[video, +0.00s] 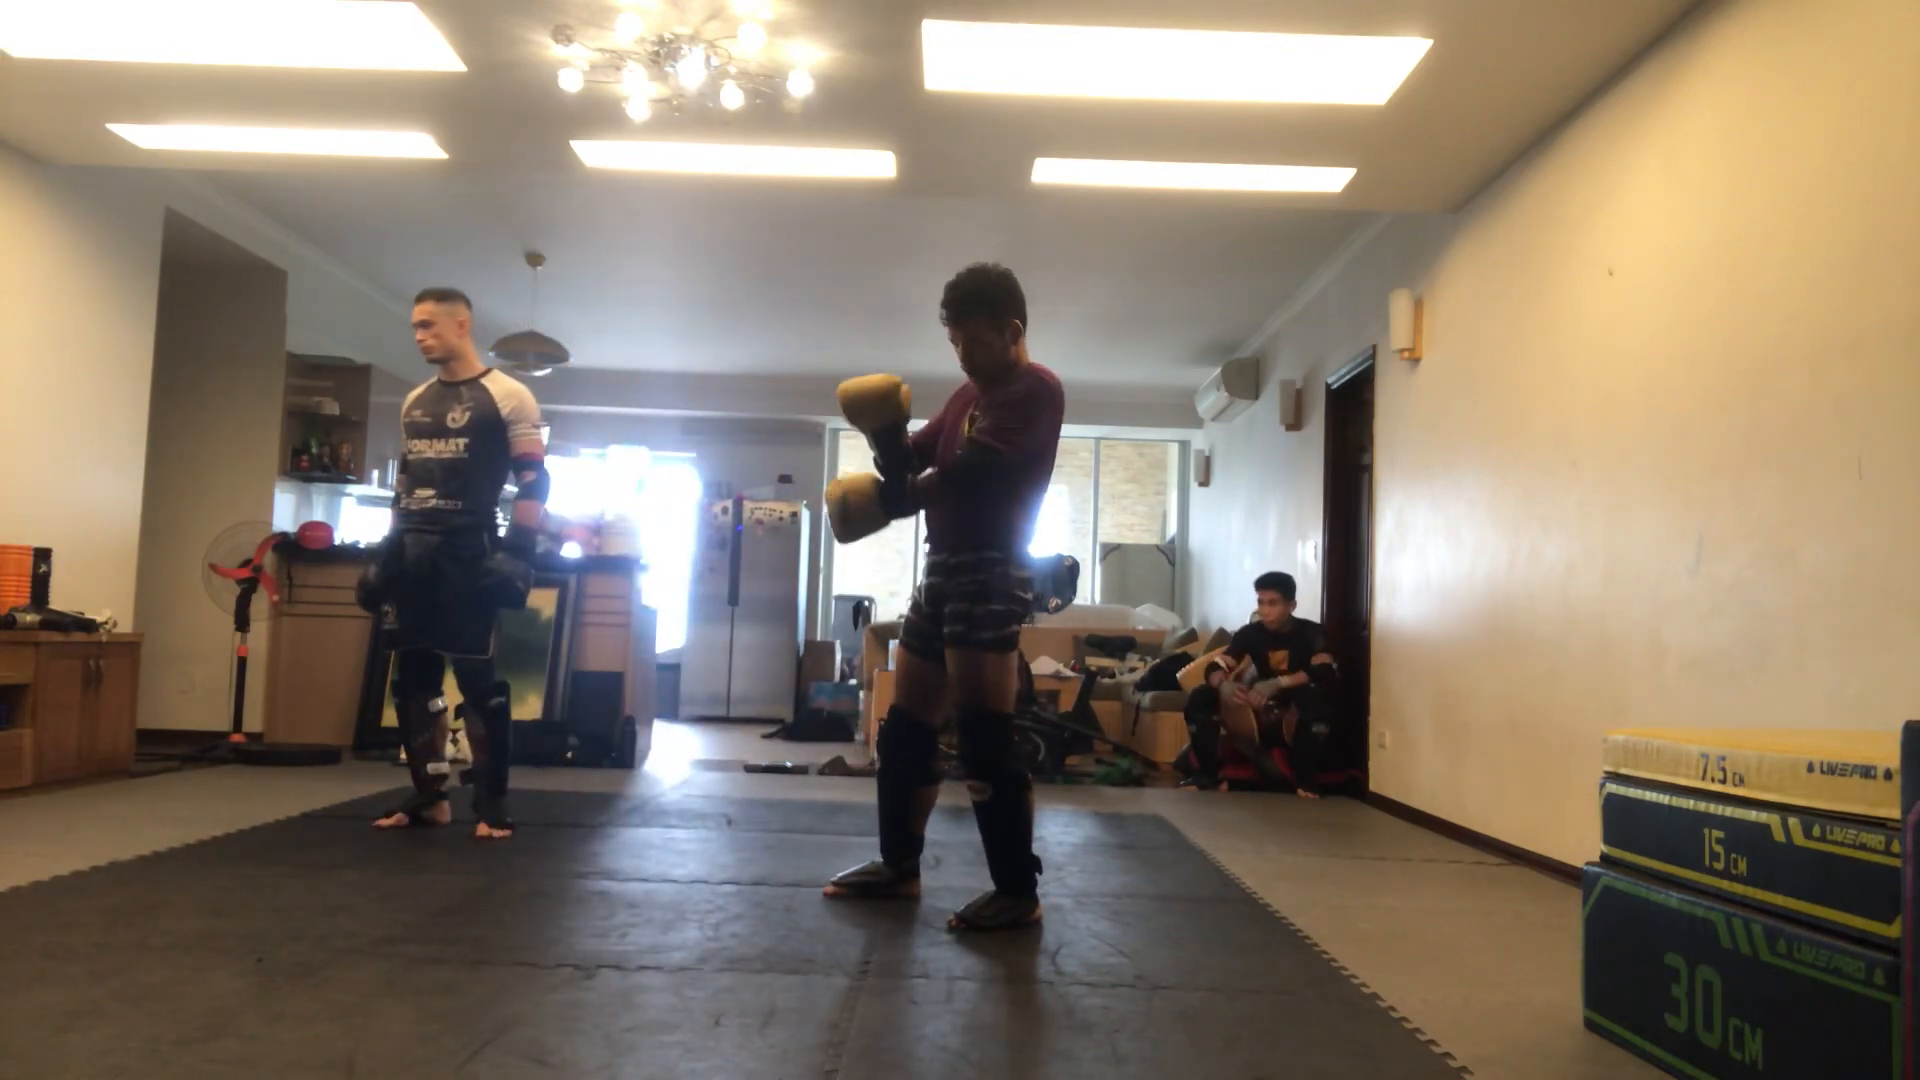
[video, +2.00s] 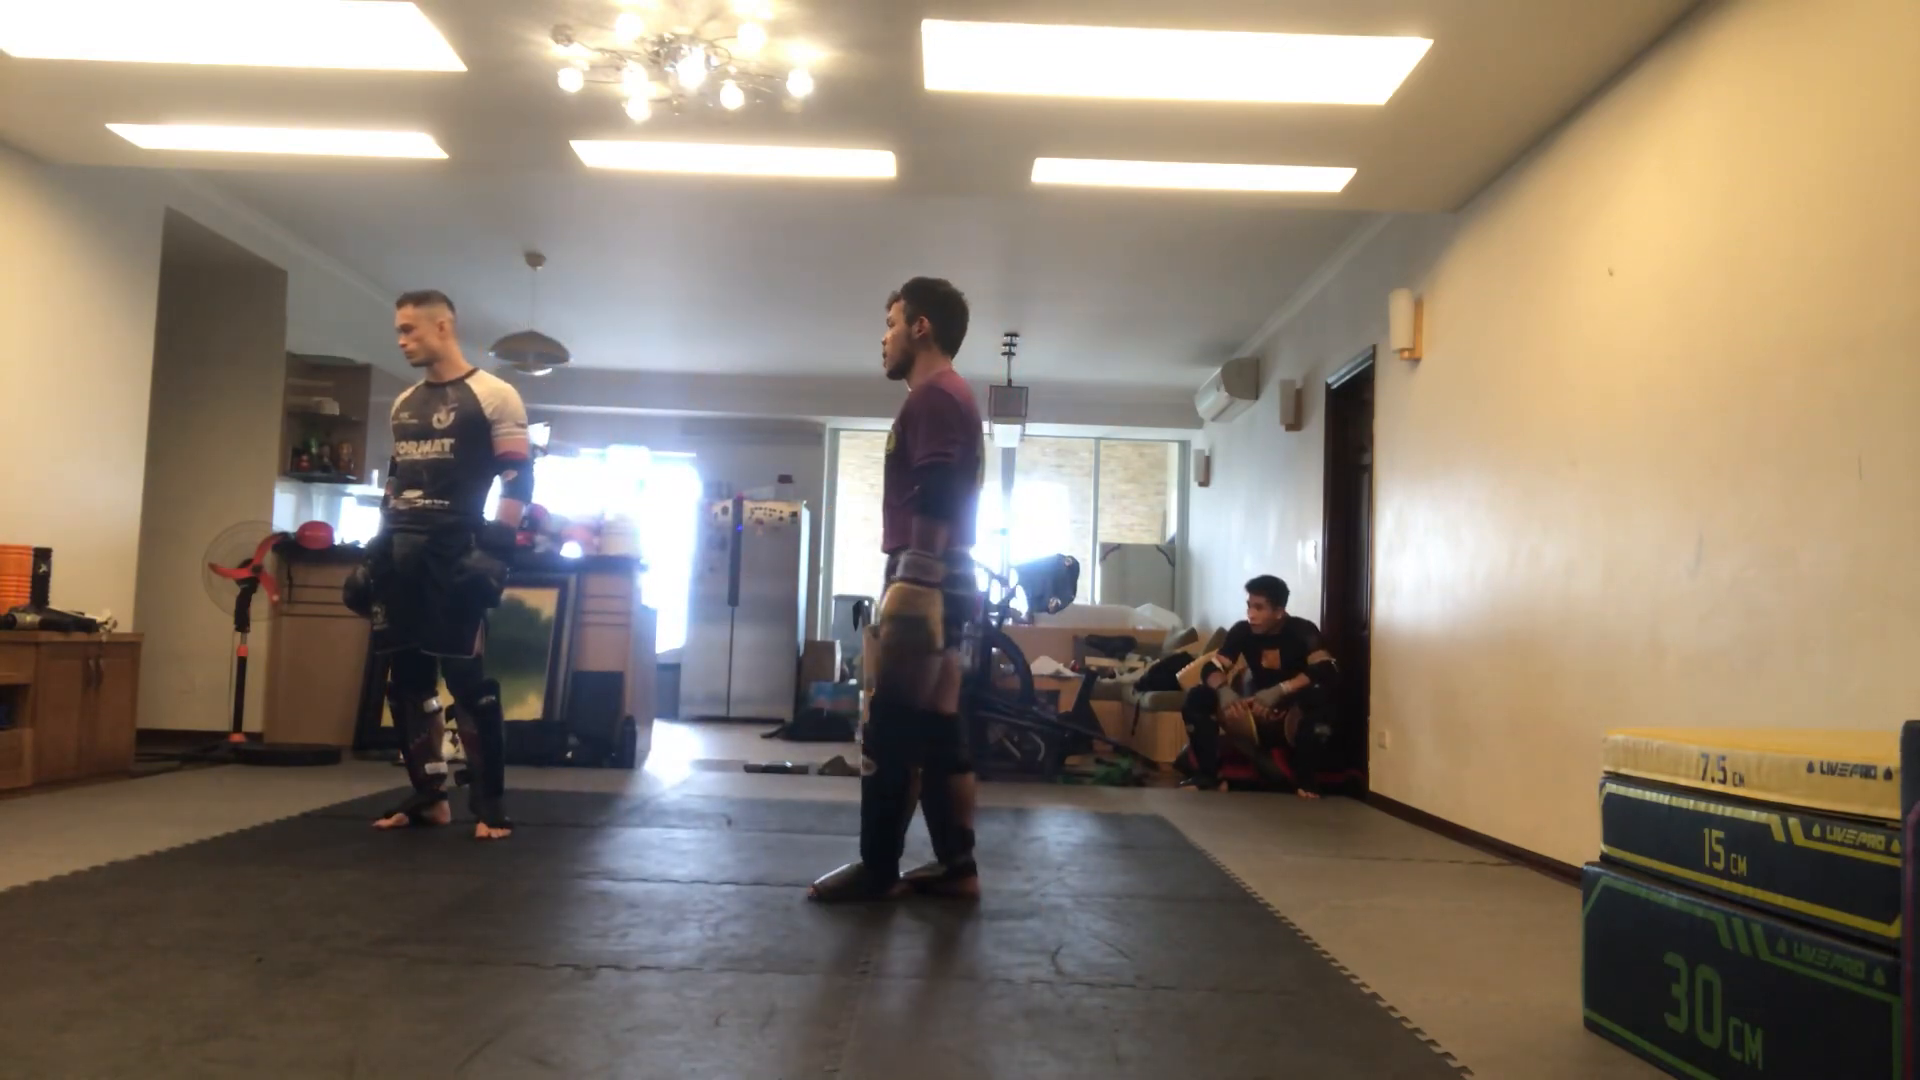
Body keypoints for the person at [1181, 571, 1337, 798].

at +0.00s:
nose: (1264, 610)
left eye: (1272, 604)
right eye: (1261, 603)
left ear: (1291, 605)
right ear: (1257, 603)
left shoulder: (1311, 632)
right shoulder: (1249, 634)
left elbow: (1324, 671)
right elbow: (1214, 669)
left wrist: (1276, 683)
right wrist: (1226, 687)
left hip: (1294, 713)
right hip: (1252, 712)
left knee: (1316, 700)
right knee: (1200, 698)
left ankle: (1305, 781)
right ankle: (1209, 775)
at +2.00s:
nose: (1250, 614)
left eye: (1258, 608)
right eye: (1249, 606)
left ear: (1279, 611)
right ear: (1246, 604)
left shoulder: (1303, 631)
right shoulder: (1242, 631)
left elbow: (1325, 668)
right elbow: (1212, 669)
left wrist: (1278, 691)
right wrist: (1224, 691)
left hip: (1294, 711)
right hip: (1253, 711)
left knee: (1318, 702)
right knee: (1198, 698)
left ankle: (1306, 782)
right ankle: (1208, 776)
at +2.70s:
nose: (1245, 617)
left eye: (1251, 610)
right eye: (1243, 610)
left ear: (1274, 610)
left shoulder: (1304, 633)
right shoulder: (1242, 633)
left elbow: (1330, 671)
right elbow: (1211, 668)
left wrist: (1281, 669)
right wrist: (1223, 691)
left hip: (1292, 720)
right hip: (1250, 719)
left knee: (1320, 704)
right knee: (1198, 698)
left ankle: (1306, 781)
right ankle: (1208, 777)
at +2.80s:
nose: (1245, 619)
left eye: (1251, 612)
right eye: (1243, 612)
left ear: (1274, 611)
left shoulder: (1305, 633)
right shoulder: (1242, 633)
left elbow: (1324, 674)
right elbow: (1211, 669)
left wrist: (1278, 647)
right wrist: (1224, 691)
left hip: (1294, 720)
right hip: (1252, 719)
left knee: (1320, 699)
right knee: (1198, 698)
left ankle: (1306, 781)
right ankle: (1208, 777)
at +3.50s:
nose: (1246, 620)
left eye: (1252, 613)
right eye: (1243, 613)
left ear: (1273, 609)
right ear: (1240, 610)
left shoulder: (1304, 632)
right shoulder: (1241, 632)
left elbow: (1314, 675)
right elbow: (1210, 669)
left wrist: (1276, 637)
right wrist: (1222, 690)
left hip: (1291, 720)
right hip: (1251, 719)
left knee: (1317, 696)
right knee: (1198, 698)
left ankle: (1305, 780)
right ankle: (1207, 776)